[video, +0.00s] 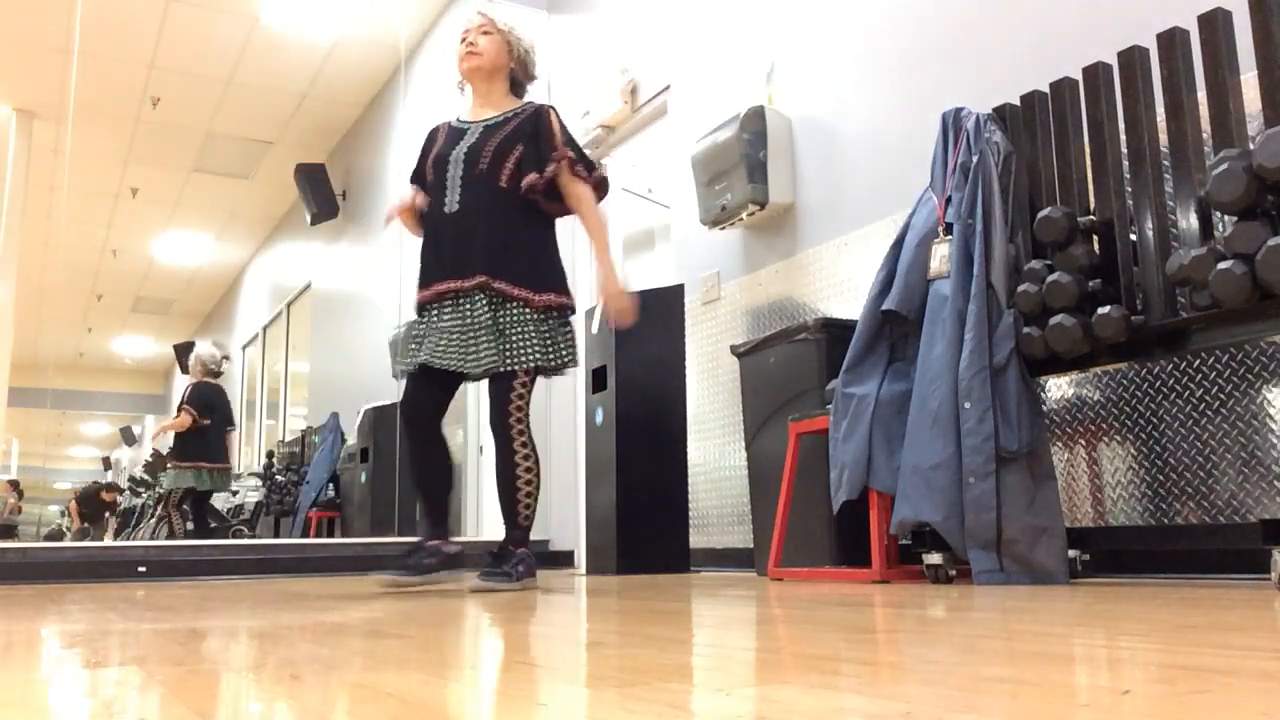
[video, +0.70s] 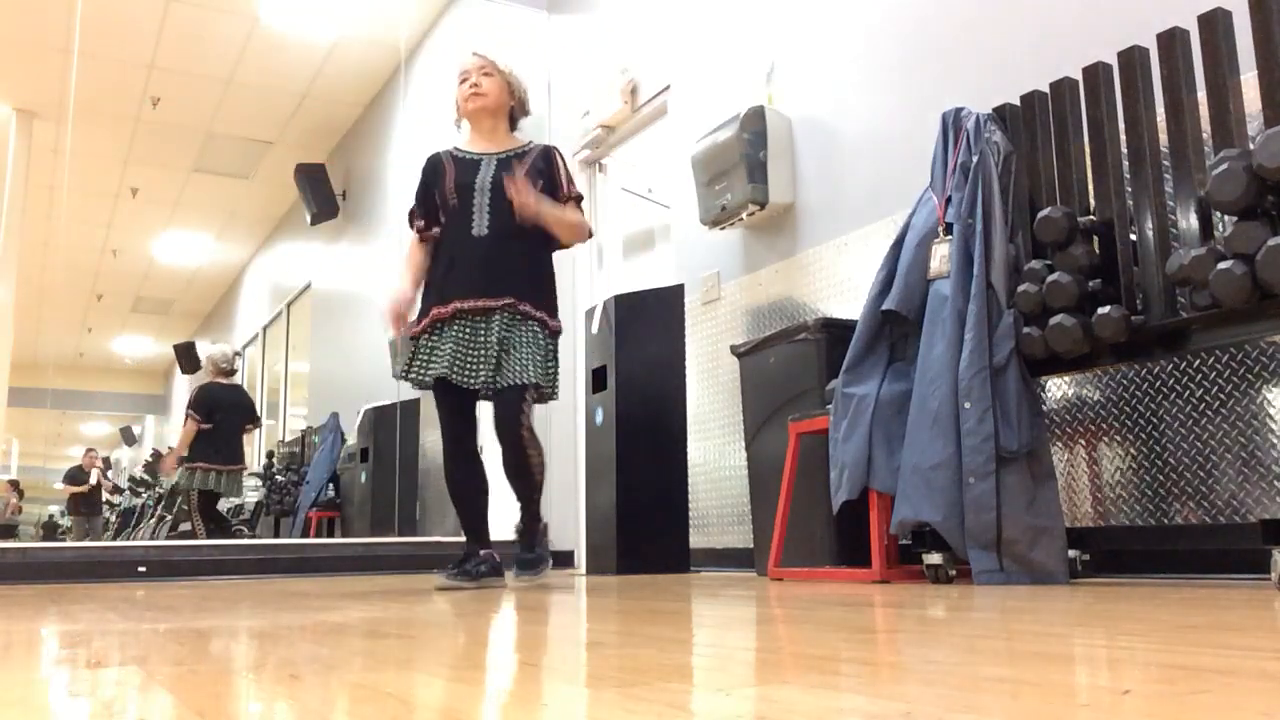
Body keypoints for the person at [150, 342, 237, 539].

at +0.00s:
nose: (190, 366)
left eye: (192, 363)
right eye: (191, 362)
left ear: (197, 366)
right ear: (215, 367)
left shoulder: (196, 389)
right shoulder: (221, 392)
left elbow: (184, 421)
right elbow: (229, 432)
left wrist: (163, 427)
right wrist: (230, 463)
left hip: (190, 466)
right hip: (214, 466)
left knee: (171, 506)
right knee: (200, 510)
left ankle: (179, 551)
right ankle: (204, 554)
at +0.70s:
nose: (206, 367)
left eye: (207, 364)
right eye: (207, 364)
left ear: (211, 367)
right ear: (232, 367)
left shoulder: (204, 391)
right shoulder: (241, 392)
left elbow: (191, 426)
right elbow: (253, 423)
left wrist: (177, 454)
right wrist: (231, 430)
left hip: (202, 465)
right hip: (230, 464)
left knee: (198, 513)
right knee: (210, 508)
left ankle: (206, 557)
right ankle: (230, 535)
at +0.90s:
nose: (210, 364)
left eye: (211, 361)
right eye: (210, 361)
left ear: (215, 363)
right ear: (236, 363)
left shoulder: (211, 387)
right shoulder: (245, 387)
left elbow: (207, 416)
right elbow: (253, 421)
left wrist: (200, 451)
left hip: (215, 460)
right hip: (243, 460)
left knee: (206, 509)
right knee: (243, 508)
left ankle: (208, 553)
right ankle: (261, 548)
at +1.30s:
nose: (211, 369)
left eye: (213, 364)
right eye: (212, 365)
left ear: (219, 367)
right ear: (236, 367)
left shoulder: (217, 388)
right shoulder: (244, 390)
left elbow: (215, 421)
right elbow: (255, 423)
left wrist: (195, 452)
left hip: (220, 465)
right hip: (247, 465)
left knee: (208, 509)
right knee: (248, 511)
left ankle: (219, 553)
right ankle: (265, 552)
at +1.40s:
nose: (210, 367)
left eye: (213, 363)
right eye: (212, 363)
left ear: (217, 366)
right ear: (236, 367)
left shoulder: (215, 389)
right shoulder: (241, 392)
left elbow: (210, 423)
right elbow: (252, 428)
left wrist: (184, 452)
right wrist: (252, 462)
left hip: (215, 466)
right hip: (239, 466)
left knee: (206, 509)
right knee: (234, 510)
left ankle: (218, 553)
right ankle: (258, 547)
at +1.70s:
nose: (207, 364)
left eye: (209, 361)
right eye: (208, 360)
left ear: (214, 364)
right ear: (233, 365)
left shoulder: (207, 387)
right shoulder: (239, 390)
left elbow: (191, 422)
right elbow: (253, 422)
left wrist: (175, 422)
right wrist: (241, 448)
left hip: (209, 460)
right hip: (235, 460)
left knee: (210, 510)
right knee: (212, 507)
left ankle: (219, 553)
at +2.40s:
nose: (199, 369)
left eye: (201, 366)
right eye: (201, 366)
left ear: (205, 369)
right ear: (224, 371)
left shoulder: (196, 392)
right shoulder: (227, 393)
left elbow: (184, 426)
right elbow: (241, 426)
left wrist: (175, 457)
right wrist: (221, 439)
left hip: (194, 465)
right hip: (221, 465)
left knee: (179, 507)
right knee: (211, 511)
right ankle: (211, 552)